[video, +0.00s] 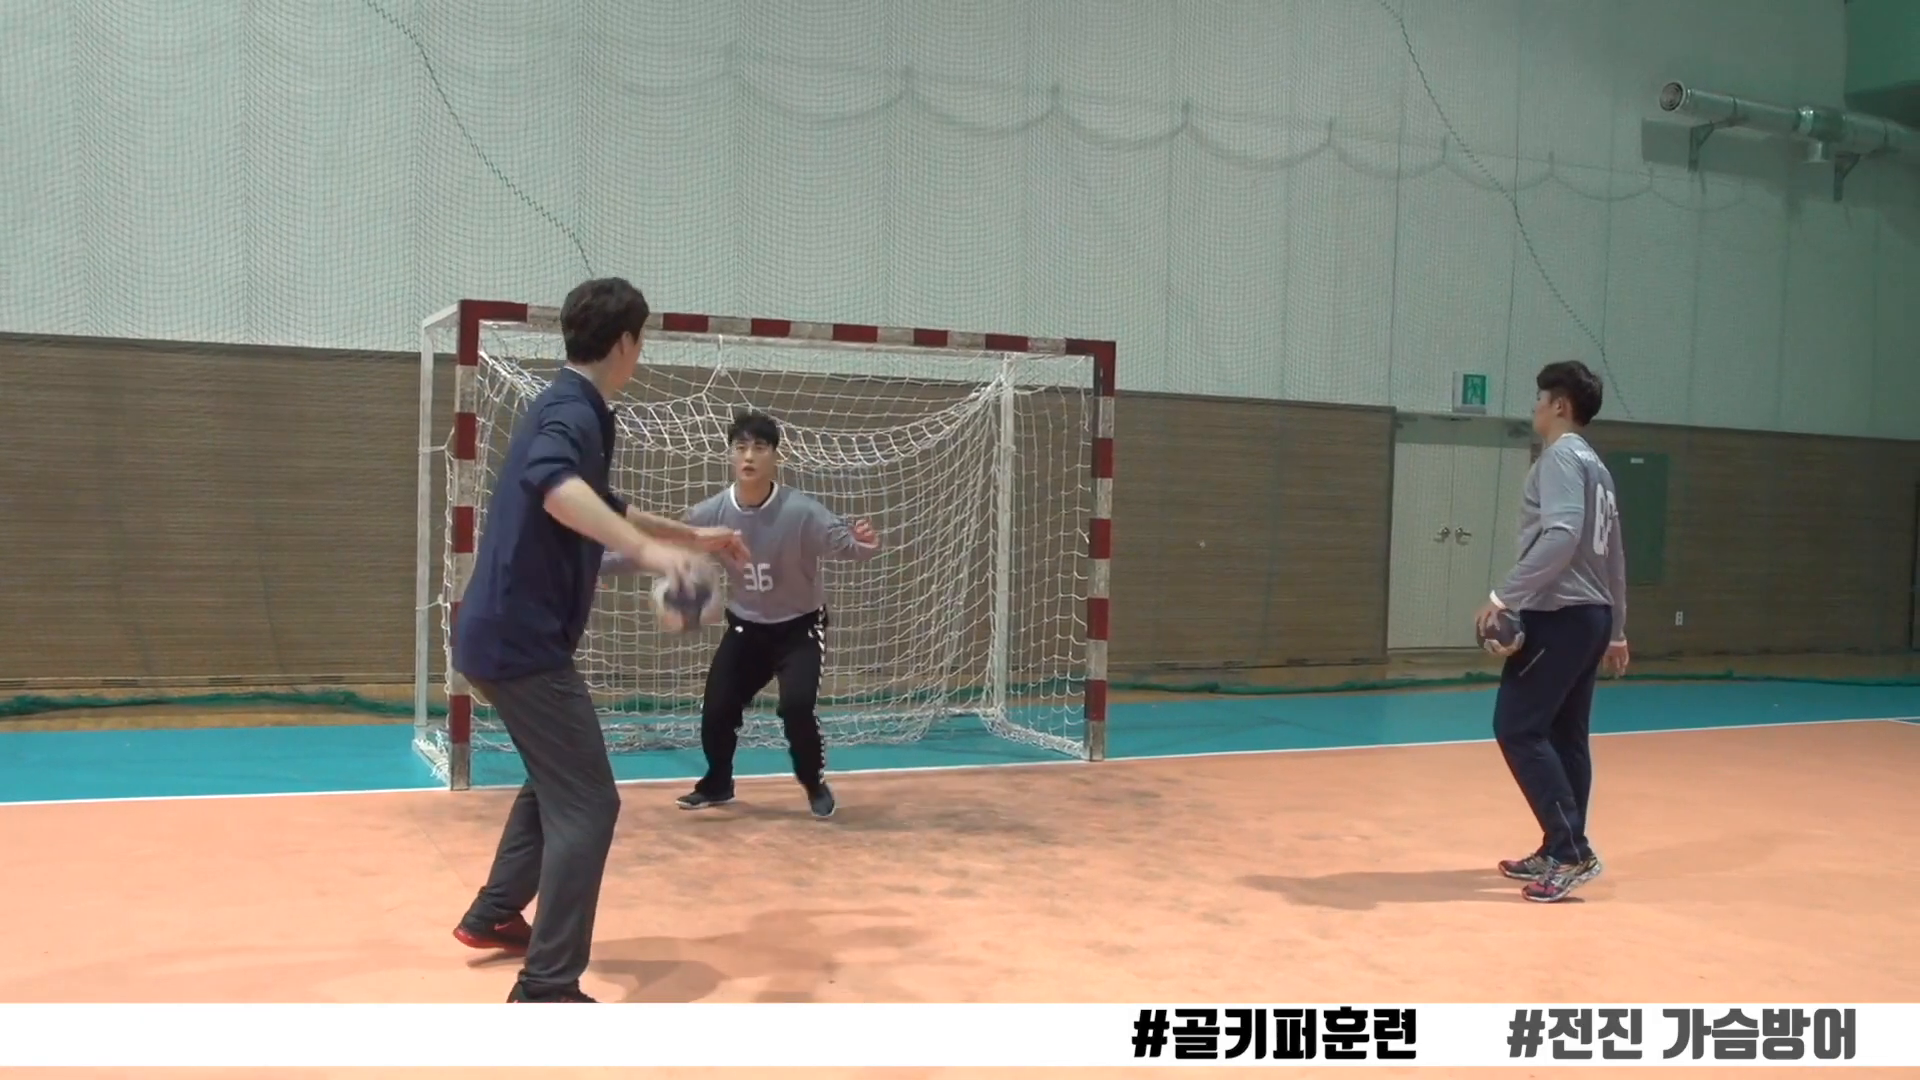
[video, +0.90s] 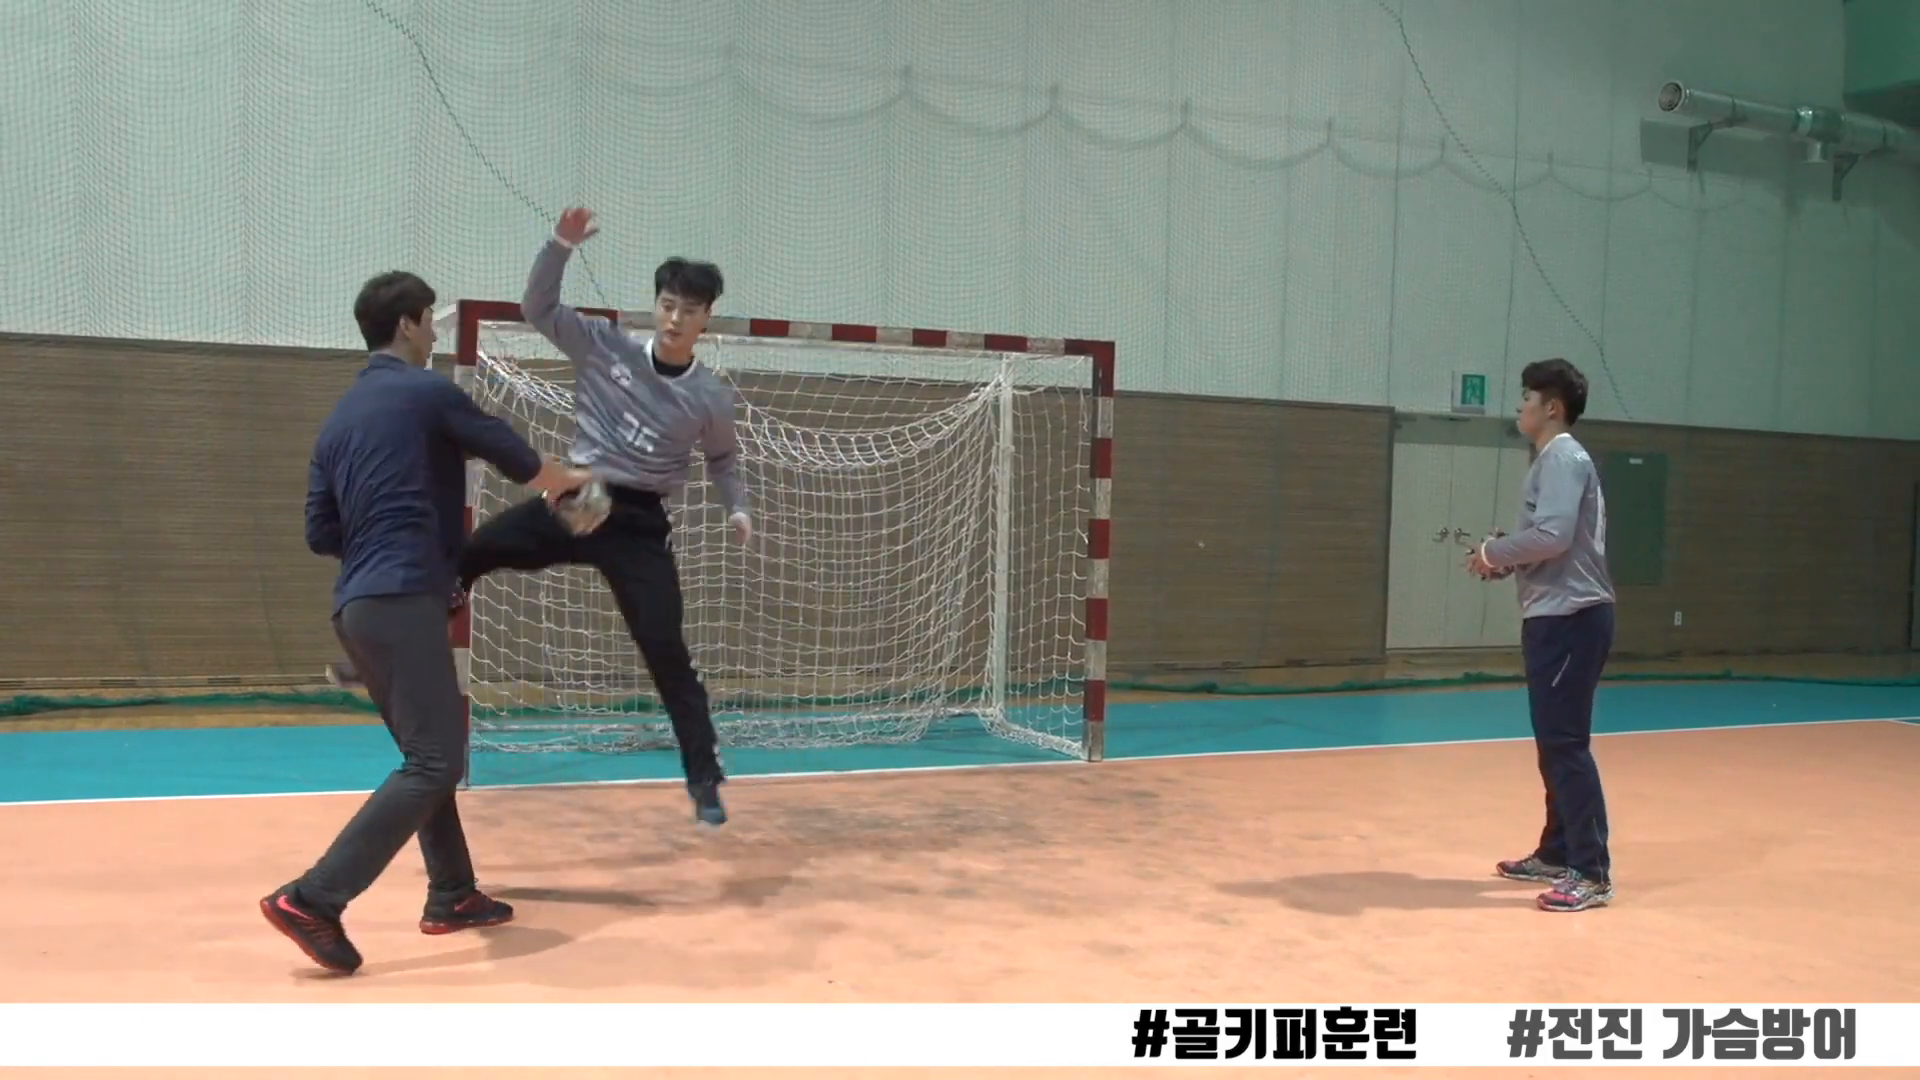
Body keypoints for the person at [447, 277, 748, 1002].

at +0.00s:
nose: (640, 354)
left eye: (639, 341)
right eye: (639, 340)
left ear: (582, 338)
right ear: (622, 342)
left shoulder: (586, 411)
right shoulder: (567, 407)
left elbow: (609, 512)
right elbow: (555, 488)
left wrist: (697, 538)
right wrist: (648, 553)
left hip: (519, 634)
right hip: (515, 639)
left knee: (559, 779)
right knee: (588, 803)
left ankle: (493, 915)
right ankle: (549, 985)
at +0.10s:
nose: (630, 365)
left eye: (630, 353)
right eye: (627, 353)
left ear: (570, 355)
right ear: (606, 356)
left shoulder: (574, 427)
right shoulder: (551, 411)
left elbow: (596, 517)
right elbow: (543, 461)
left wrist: (682, 513)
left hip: (503, 640)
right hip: (514, 646)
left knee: (538, 775)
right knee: (591, 805)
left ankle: (475, 897)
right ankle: (548, 984)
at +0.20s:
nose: (587, 380)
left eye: (587, 363)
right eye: (581, 364)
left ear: (534, 367)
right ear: (556, 367)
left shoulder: (532, 430)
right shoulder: (534, 432)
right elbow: (559, 417)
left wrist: (584, 511)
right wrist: (567, 310)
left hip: (497, 647)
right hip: (517, 652)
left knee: (528, 768)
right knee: (578, 806)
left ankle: (459, 890)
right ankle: (548, 981)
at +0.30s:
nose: (566, 365)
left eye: (563, 351)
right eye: (559, 352)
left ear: (502, 367)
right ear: (541, 360)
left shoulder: (488, 434)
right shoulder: (528, 416)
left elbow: (444, 540)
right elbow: (587, 406)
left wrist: (499, 579)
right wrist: (572, 305)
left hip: (473, 637)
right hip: (517, 637)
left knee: (514, 764)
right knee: (535, 799)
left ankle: (456, 894)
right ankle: (533, 971)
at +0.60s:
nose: (508, 357)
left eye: (503, 347)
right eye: (503, 348)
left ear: (441, 361)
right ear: (489, 353)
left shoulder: (404, 430)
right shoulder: (520, 401)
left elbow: (362, 525)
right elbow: (613, 413)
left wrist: (404, 590)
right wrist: (662, 388)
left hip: (409, 601)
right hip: (474, 588)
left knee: (448, 747)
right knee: (498, 745)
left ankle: (453, 887)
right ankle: (446, 896)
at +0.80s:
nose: (464, 338)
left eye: (459, 327)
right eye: (460, 327)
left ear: (398, 337)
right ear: (443, 330)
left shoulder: (359, 424)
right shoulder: (466, 388)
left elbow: (341, 533)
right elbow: (565, 427)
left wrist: (415, 532)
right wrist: (615, 420)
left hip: (374, 596)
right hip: (432, 587)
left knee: (433, 751)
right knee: (466, 752)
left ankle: (453, 896)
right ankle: (354, 894)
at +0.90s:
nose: (438, 334)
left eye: (435, 322)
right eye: (433, 323)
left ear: (375, 331)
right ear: (409, 325)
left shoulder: (340, 418)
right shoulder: (427, 389)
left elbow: (323, 532)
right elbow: (502, 444)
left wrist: (408, 540)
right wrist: (546, 477)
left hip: (356, 603)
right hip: (404, 599)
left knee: (430, 753)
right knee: (434, 765)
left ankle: (452, 895)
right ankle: (313, 900)